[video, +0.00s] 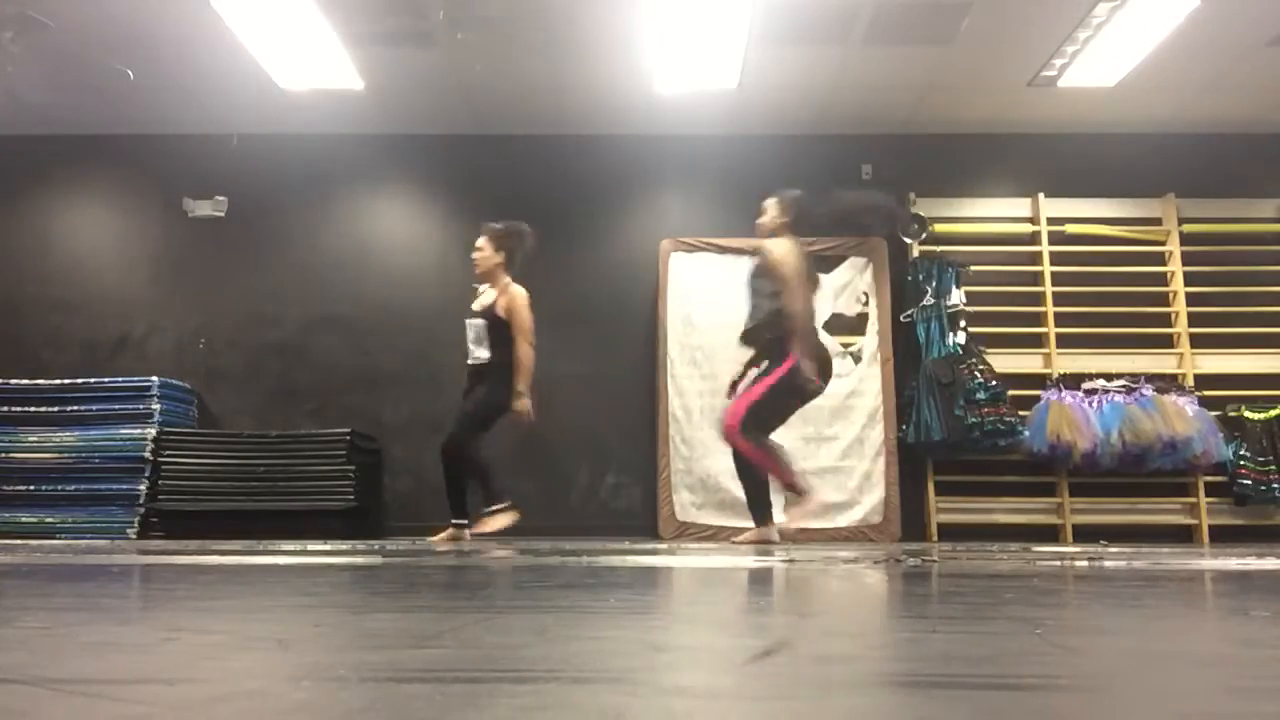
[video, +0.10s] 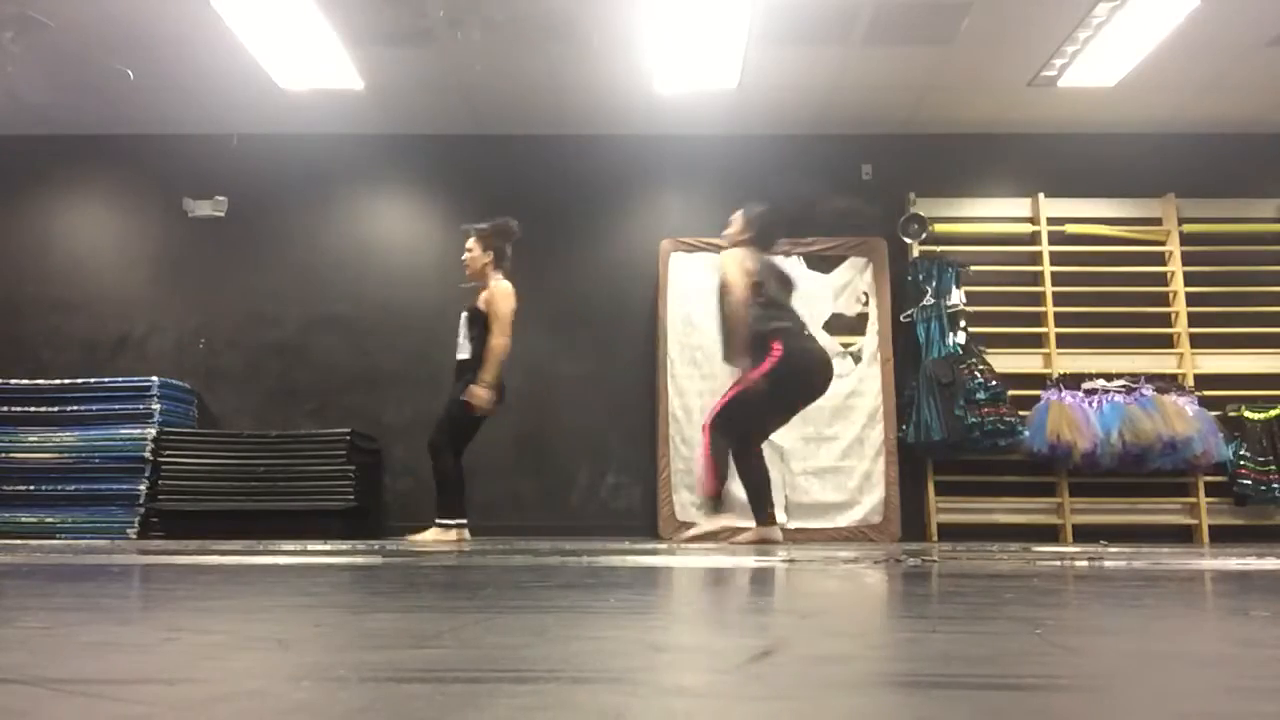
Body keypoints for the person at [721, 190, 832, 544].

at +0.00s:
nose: (758, 219)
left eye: (765, 213)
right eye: (760, 213)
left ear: (783, 216)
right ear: (778, 217)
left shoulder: (783, 248)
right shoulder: (772, 253)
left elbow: (798, 305)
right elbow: (772, 327)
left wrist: (803, 354)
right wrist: (747, 370)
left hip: (795, 358)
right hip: (783, 358)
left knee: (737, 425)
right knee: (744, 431)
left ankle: (802, 495)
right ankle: (763, 525)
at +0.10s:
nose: (725, 231)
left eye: (732, 225)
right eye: (729, 224)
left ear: (748, 231)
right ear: (760, 236)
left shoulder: (735, 256)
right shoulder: (773, 268)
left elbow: (739, 301)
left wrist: (738, 355)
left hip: (785, 353)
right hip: (818, 363)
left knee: (718, 423)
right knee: (747, 438)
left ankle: (713, 513)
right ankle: (767, 525)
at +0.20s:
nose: (704, 250)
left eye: (707, 243)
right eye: (705, 241)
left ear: (716, 248)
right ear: (743, 250)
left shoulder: (716, 272)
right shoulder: (759, 279)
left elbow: (722, 330)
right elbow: (768, 326)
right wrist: (727, 364)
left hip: (771, 355)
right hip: (809, 365)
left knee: (711, 439)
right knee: (739, 442)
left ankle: (700, 521)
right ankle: (768, 525)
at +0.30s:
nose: (699, 235)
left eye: (705, 229)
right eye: (702, 228)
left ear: (719, 235)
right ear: (738, 238)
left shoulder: (714, 267)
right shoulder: (753, 271)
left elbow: (716, 330)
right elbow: (755, 336)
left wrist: (690, 367)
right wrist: (717, 381)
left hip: (776, 350)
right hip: (811, 359)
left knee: (717, 430)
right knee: (744, 438)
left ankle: (700, 518)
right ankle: (771, 526)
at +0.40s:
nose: (704, 223)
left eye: (711, 216)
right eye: (706, 216)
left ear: (731, 218)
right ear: (739, 220)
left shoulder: (730, 246)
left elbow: (702, 292)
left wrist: (668, 324)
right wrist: (680, 363)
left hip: (787, 343)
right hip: (807, 346)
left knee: (731, 422)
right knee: (753, 431)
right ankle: (771, 522)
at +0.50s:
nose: (720, 211)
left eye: (727, 205)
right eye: (719, 205)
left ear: (749, 207)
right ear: (725, 212)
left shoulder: (759, 232)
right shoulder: (737, 253)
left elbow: (758, 230)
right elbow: (704, 293)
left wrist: (744, 231)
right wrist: (660, 317)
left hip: (793, 338)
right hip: (779, 344)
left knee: (755, 428)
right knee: (747, 431)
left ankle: (832, 481)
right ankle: (770, 526)